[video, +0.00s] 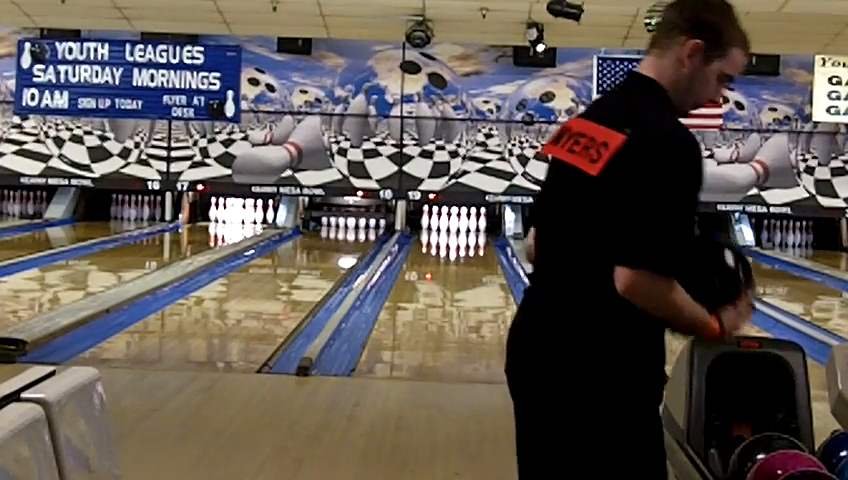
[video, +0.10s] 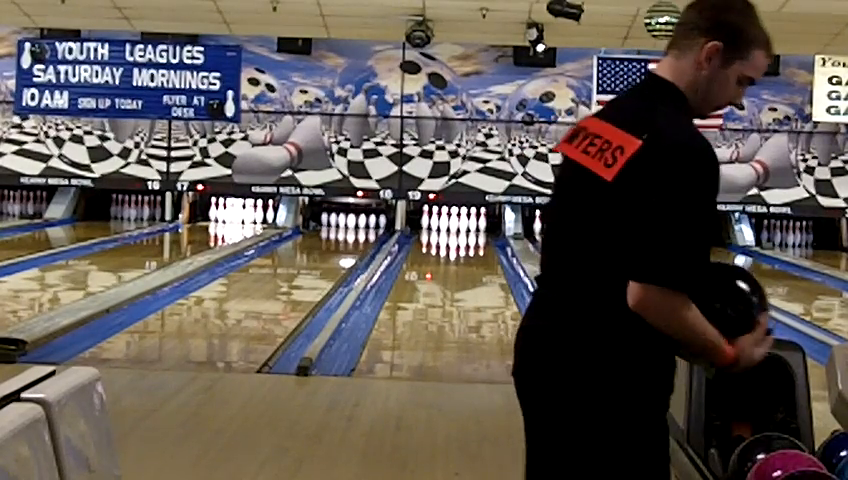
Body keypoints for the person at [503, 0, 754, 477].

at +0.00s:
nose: (720, 96)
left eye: (728, 84)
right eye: (723, 79)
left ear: (683, 51)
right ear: (691, 52)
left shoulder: (593, 114)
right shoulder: (669, 142)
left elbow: (539, 245)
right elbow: (637, 278)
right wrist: (710, 326)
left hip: (542, 340)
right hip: (611, 358)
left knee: (549, 477)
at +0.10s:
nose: (739, 100)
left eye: (749, 87)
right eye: (743, 81)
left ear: (703, 52)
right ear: (710, 55)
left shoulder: (608, 115)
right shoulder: (685, 151)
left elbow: (573, 242)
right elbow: (651, 294)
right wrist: (727, 354)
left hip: (551, 347)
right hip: (618, 368)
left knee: (556, 478)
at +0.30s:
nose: (766, 99)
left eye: (776, 87)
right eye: (768, 81)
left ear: (728, 50)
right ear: (732, 53)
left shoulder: (657, 106)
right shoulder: (678, 131)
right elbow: (660, 288)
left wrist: (718, 183)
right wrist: (752, 229)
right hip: (612, 373)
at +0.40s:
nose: (774, 96)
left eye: (784, 84)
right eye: (776, 78)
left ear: (733, 49)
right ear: (736, 49)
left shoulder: (667, 108)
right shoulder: (679, 128)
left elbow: (661, 251)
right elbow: (632, 286)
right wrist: (750, 267)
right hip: (614, 366)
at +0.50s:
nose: (777, 94)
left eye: (787, 82)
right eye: (779, 76)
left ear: (737, 48)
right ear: (740, 48)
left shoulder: (670, 107)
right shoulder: (682, 129)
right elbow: (612, 282)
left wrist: (729, 299)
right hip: (619, 363)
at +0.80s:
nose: (789, 84)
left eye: (797, 69)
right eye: (789, 64)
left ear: (743, 44)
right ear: (746, 43)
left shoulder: (676, 103)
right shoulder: (691, 128)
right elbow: (604, 280)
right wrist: (705, 355)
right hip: (627, 364)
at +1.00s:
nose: (793, 78)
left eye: (800, 63)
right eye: (792, 59)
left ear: (743, 42)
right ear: (748, 41)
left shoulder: (690, 111)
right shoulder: (692, 127)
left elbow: (712, 261)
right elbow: (605, 275)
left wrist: (815, 310)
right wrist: (704, 354)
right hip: (625, 368)